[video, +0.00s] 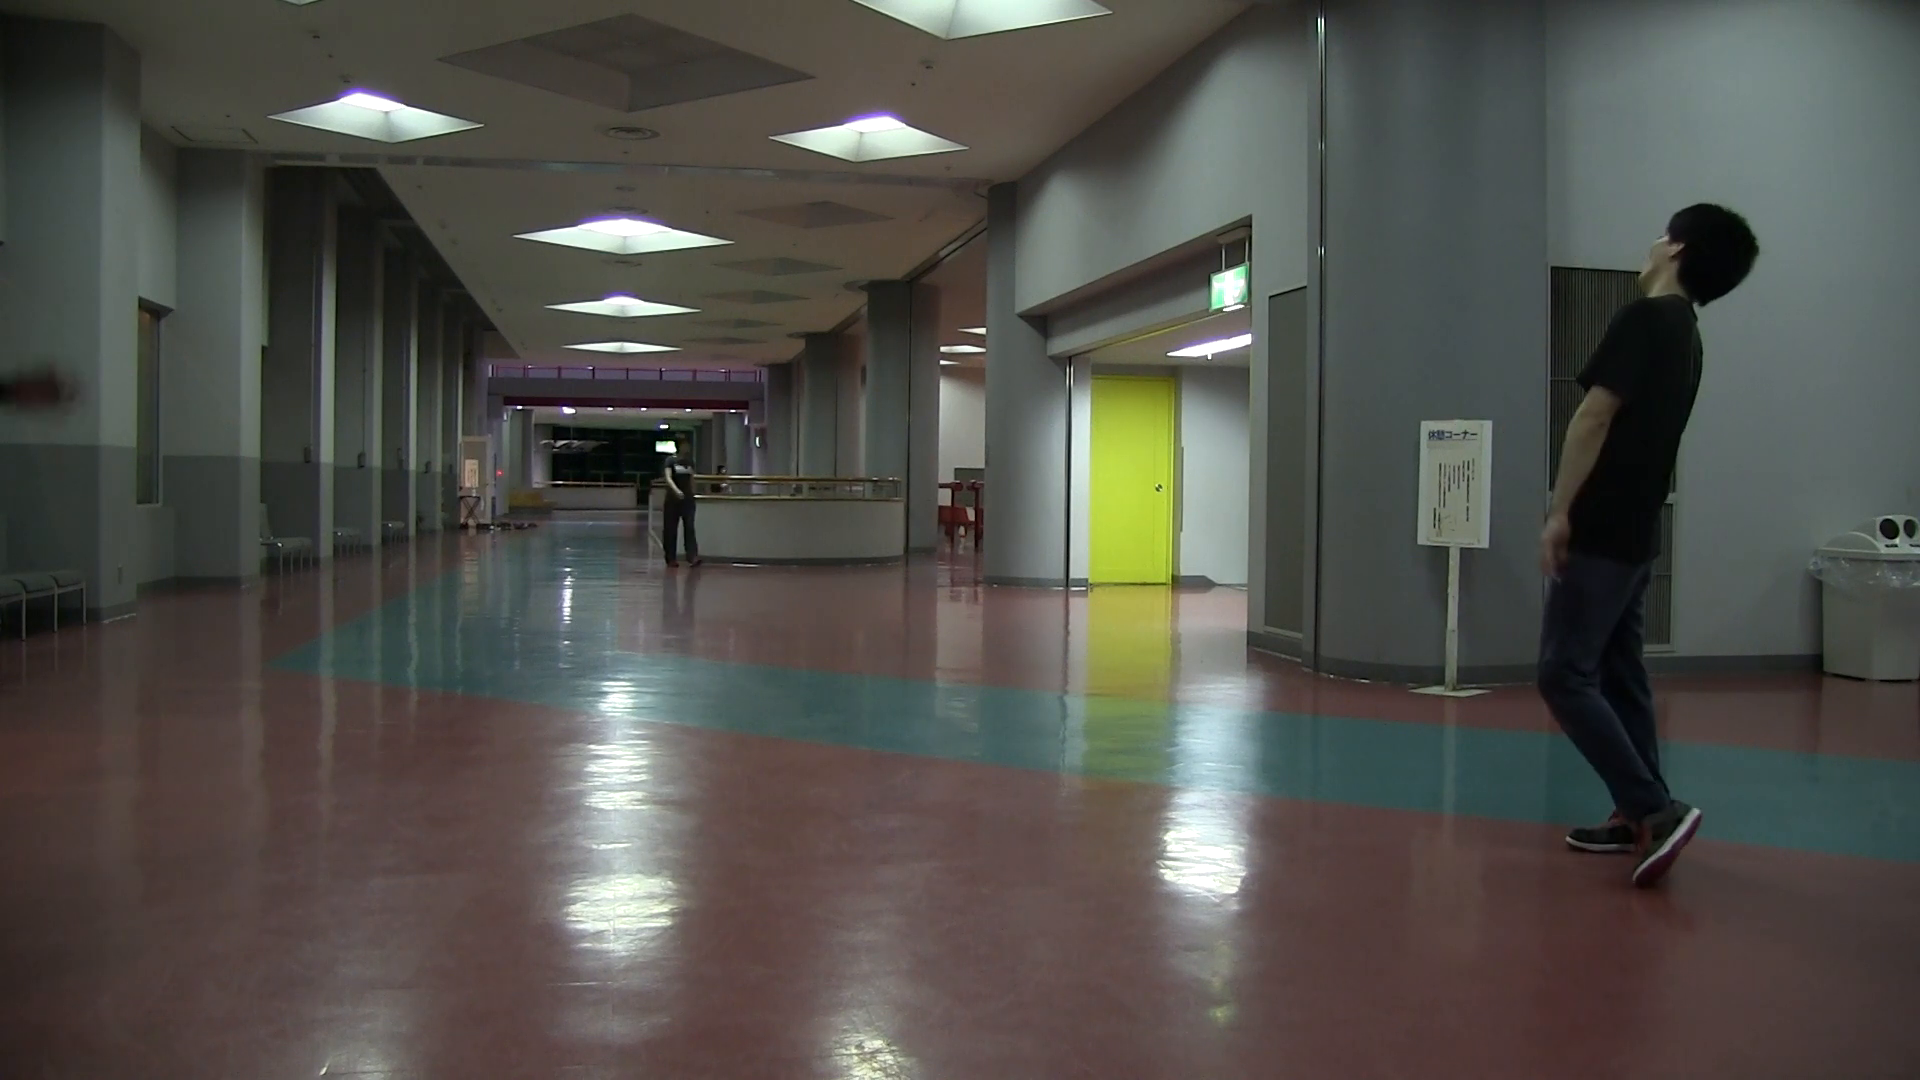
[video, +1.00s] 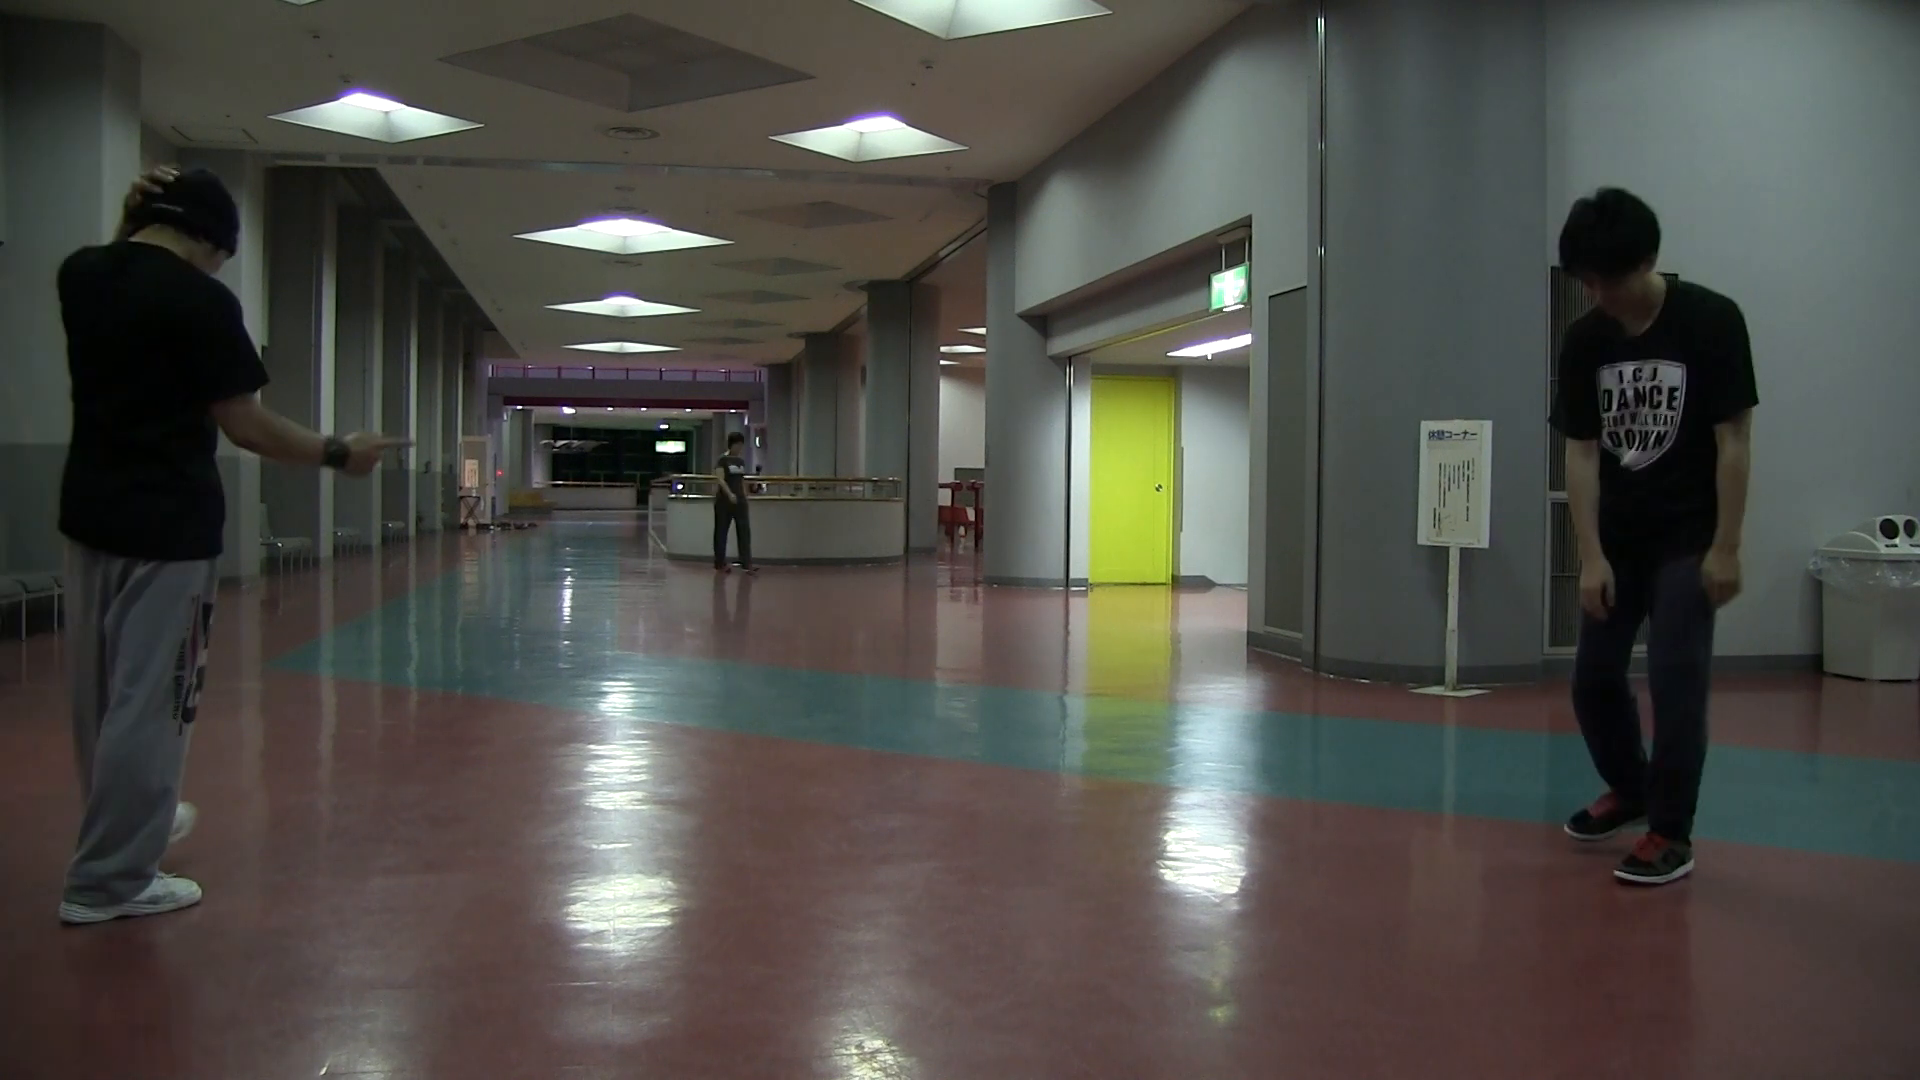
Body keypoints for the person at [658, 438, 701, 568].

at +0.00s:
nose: (686, 448)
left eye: (687, 446)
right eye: (683, 446)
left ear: (689, 447)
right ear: (678, 447)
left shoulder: (690, 462)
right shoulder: (670, 461)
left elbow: (692, 479)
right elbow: (668, 478)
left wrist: (692, 492)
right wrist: (677, 491)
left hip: (687, 499)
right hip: (673, 500)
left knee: (689, 529)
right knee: (670, 530)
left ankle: (692, 557)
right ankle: (671, 558)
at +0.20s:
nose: (697, 452)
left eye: (698, 449)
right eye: (694, 449)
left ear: (700, 451)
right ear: (690, 450)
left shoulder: (700, 465)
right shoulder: (681, 463)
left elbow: (700, 482)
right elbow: (677, 478)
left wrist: (702, 495)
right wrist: (689, 490)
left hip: (698, 501)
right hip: (684, 501)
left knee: (698, 530)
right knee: (681, 528)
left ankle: (697, 559)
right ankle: (673, 556)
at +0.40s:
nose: (706, 449)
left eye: (708, 446)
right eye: (704, 446)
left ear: (710, 448)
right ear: (699, 446)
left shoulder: (711, 462)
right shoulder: (689, 461)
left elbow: (715, 481)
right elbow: (684, 481)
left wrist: (718, 498)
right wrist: (683, 500)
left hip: (707, 500)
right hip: (693, 500)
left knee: (702, 529)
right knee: (696, 529)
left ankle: (699, 559)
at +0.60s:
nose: (717, 452)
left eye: (718, 449)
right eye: (714, 449)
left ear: (720, 451)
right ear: (708, 450)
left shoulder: (719, 466)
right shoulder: (699, 465)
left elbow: (727, 479)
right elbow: (689, 482)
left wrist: (736, 486)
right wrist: (681, 499)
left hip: (716, 503)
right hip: (702, 504)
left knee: (706, 532)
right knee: (709, 532)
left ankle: (698, 560)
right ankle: (716, 561)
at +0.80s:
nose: (728, 449)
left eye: (729, 446)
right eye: (726, 446)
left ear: (730, 447)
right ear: (719, 447)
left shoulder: (730, 464)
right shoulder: (709, 463)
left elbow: (736, 481)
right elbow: (703, 482)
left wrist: (744, 495)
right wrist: (700, 500)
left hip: (727, 501)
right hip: (713, 501)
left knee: (730, 529)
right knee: (718, 531)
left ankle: (713, 551)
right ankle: (721, 562)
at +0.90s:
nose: (733, 449)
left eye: (735, 445)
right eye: (732, 445)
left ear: (735, 446)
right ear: (726, 445)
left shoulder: (735, 462)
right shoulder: (715, 461)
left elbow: (739, 482)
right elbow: (710, 482)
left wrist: (743, 500)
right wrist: (713, 499)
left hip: (734, 501)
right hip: (720, 501)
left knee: (738, 531)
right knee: (718, 533)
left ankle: (726, 556)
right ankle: (720, 563)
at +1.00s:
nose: (740, 449)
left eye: (741, 446)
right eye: (738, 445)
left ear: (741, 446)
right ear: (731, 445)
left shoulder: (740, 462)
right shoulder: (722, 460)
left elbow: (742, 480)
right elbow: (720, 479)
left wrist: (745, 495)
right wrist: (730, 494)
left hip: (739, 498)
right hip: (724, 499)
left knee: (744, 531)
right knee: (721, 532)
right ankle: (720, 562)